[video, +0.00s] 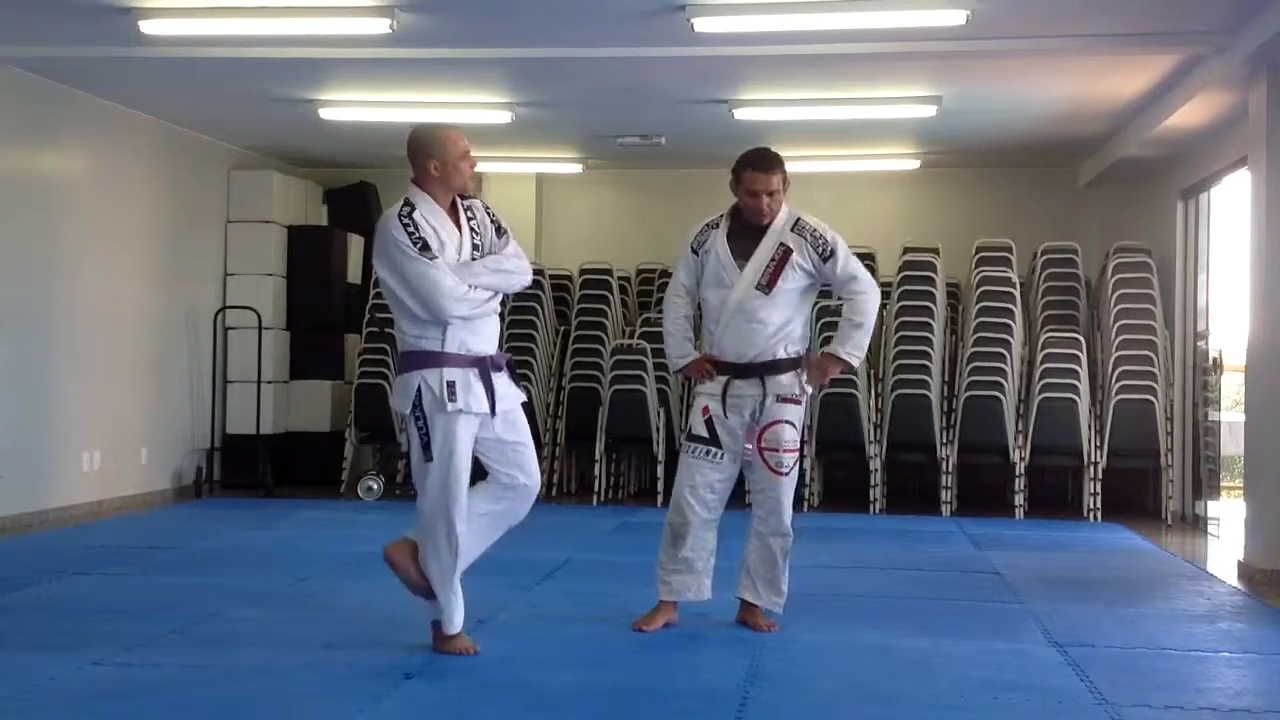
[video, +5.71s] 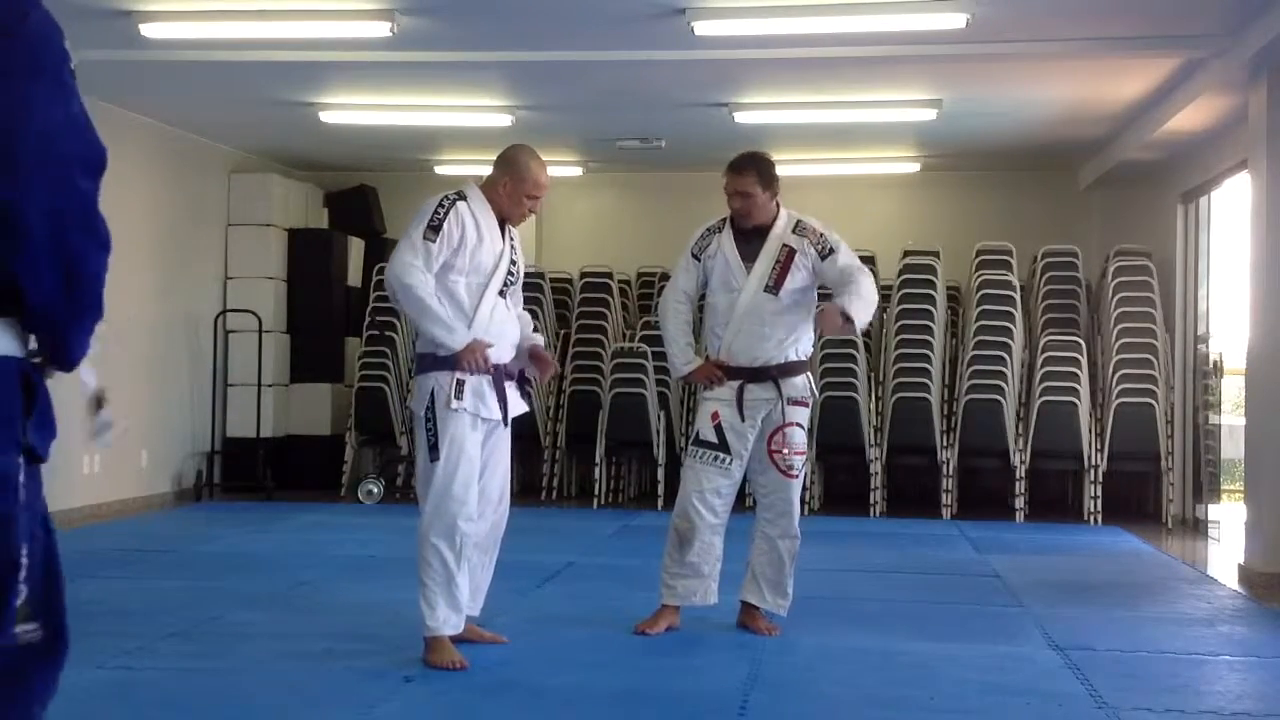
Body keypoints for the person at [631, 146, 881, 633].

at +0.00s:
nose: (765, 204)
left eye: (774, 194)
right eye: (755, 194)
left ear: (785, 191)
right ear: (734, 190)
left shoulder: (810, 238)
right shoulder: (706, 237)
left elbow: (863, 291)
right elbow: (677, 299)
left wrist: (839, 355)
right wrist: (684, 354)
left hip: (782, 388)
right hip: (717, 383)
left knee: (773, 504)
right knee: (690, 499)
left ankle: (756, 603)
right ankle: (670, 600)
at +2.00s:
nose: (771, 190)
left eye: (781, 181)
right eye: (761, 180)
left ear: (796, 187)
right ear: (745, 185)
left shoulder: (821, 242)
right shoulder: (714, 238)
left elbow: (857, 304)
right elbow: (676, 299)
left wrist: (838, 361)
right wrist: (688, 356)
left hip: (789, 389)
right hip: (723, 384)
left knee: (780, 506)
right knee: (697, 499)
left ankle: (756, 604)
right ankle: (672, 602)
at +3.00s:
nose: (763, 203)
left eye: (773, 194)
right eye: (754, 193)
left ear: (790, 194)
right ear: (740, 191)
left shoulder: (814, 244)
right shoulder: (713, 237)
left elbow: (851, 304)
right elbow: (669, 298)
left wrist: (860, 287)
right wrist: (687, 360)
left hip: (787, 390)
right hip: (722, 386)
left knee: (780, 506)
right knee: (695, 501)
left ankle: (757, 604)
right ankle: (672, 602)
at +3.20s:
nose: (765, 203)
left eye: (775, 194)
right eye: (756, 193)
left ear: (790, 195)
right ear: (740, 191)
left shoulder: (806, 238)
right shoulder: (711, 236)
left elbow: (860, 262)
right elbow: (668, 298)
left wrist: (847, 213)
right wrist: (686, 361)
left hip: (784, 388)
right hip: (720, 386)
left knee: (779, 506)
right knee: (694, 502)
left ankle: (757, 604)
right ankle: (672, 603)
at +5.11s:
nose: (749, 201)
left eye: (761, 196)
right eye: (748, 191)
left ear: (788, 202)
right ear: (744, 188)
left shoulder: (809, 238)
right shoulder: (718, 235)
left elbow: (854, 215)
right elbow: (677, 294)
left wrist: (816, 175)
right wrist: (686, 357)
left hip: (787, 388)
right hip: (723, 385)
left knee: (780, 505)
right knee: (697, 500)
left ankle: (755, 606)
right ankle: (672, 604)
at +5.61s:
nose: (736, 202)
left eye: (746, 195)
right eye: (733, 192)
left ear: (775, 195)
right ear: (731, 188)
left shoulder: (807, 240)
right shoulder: (712, 238)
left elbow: (866, 285)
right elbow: (674, 302)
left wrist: (825, 247)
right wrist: (687, 360)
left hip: (785, 389)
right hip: (721, 386)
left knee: (780, 506)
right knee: (696, 502)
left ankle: (756, 605)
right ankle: (672, 604)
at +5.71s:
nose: (733, 203)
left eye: (743, 196)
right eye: (729, 194)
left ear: (771, 194)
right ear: (725, 190)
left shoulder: (809, 239)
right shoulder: (709, 240)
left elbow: (861, 282)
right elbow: (674, 303)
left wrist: (846, 311)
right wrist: (687, 360)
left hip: (786, 390)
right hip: (722, 387)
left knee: (780, 506)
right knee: (696, 501)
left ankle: (756, 605)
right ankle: (672, 604)